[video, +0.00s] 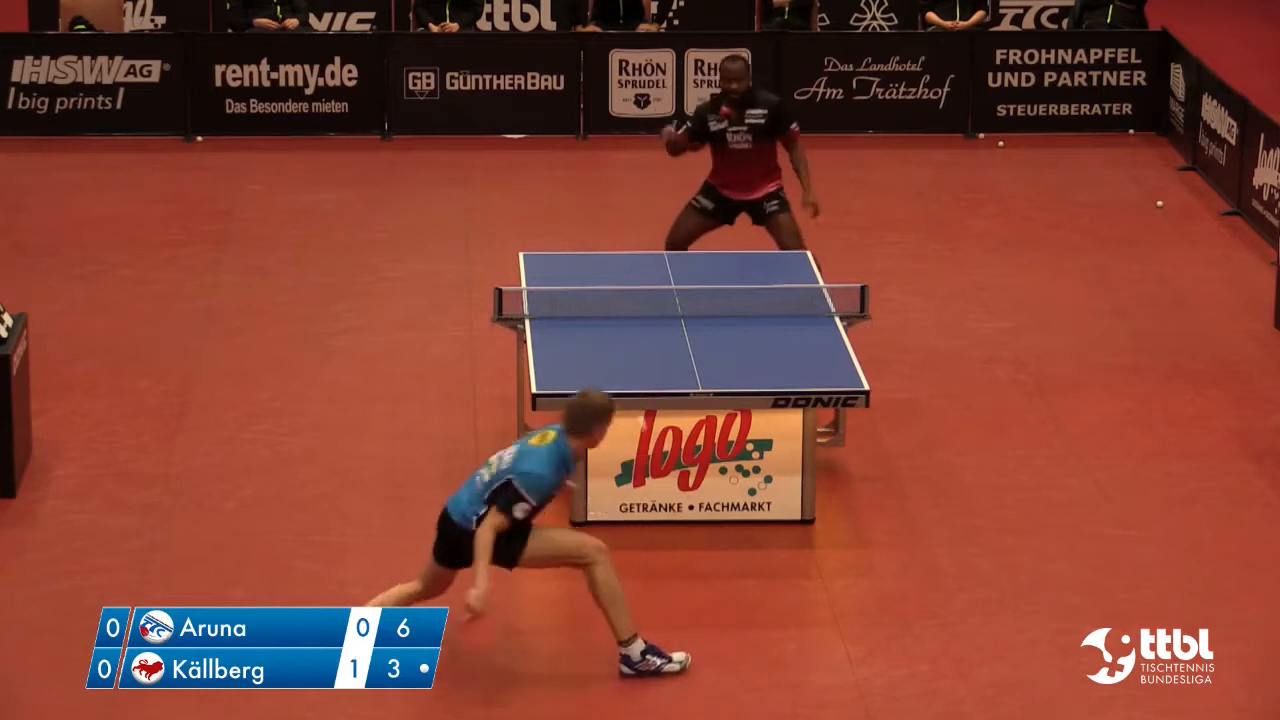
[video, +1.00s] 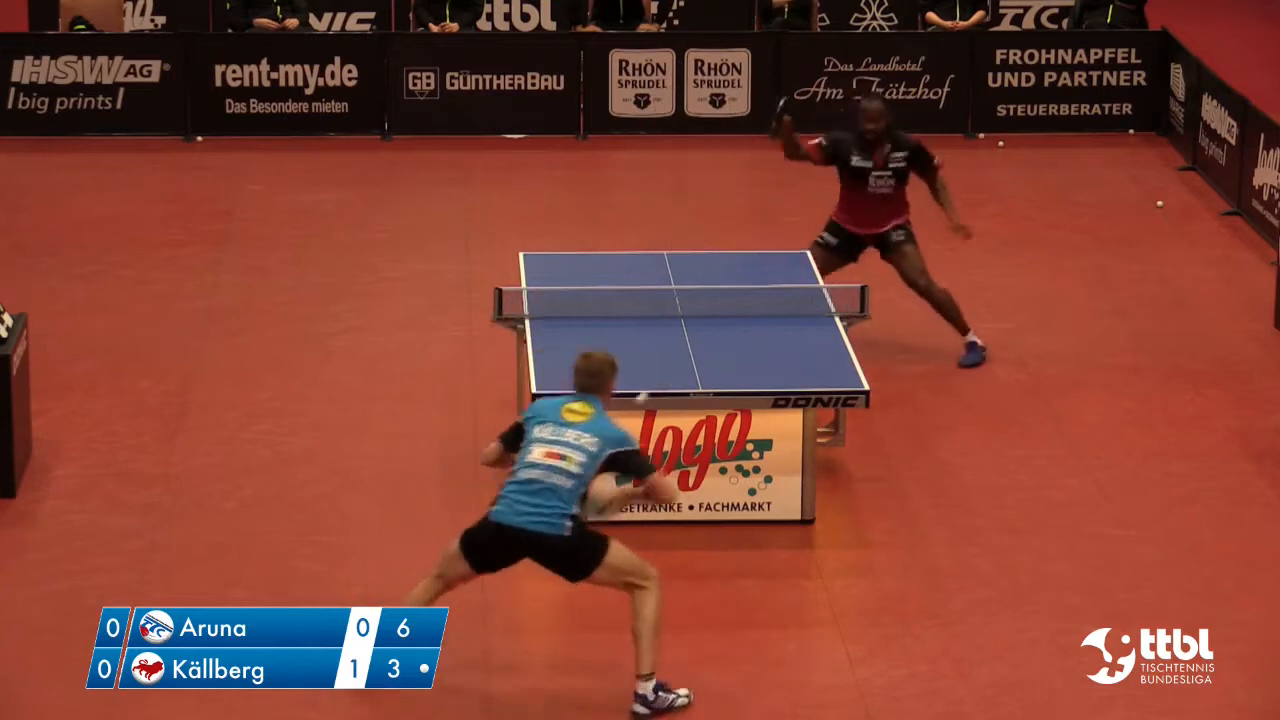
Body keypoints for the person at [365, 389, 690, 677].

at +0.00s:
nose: (607, 432)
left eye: (606, 424)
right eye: (607, 426)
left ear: (573, 416)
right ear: (595, 431)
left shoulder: (554, 435)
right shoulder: (541, 472)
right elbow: (487, 527)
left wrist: (561, 481)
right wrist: (481, 587)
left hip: (455, 518)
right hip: (484, 536)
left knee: (424, 587)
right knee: (592, 551)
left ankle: (354, 623)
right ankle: (634, 651)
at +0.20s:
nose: (549, 382)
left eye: (549, 375)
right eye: (548, 376)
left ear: (508, 370)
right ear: (536, 379)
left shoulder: (469, 399)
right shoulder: (542, 418)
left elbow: (439, 440)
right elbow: (602, 408)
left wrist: (482, 426)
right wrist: (594, 354)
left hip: (437, 532)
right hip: (489, 538)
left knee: (405, 568)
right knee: (596, 551)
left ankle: (344, 626)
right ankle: (637, 649)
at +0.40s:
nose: (516, 322)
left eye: (513, 315)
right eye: (514, 316)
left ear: (472, 319)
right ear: (507, 321)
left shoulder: (442, 358)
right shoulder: (524, 359)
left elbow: (404, 425)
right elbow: (581, 364)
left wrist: (425, 399)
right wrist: (564, 312)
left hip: (437, 485)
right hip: (491, 489)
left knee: (383, 534)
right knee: (577, 543)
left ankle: (343, 624)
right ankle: (612, 647)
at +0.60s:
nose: (510, 343)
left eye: (509, 337)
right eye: (509, 339)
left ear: (467, 342)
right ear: (504, 344)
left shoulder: (437, 383)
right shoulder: (519, 392)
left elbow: (402, 446)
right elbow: (576, 433)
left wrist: (425, 429)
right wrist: (577, 390)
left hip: (436, 505)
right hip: (492, 509)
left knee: (383, 551)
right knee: (565, 562)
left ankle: (346, 637)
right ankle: (585, 665)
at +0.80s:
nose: (551, 365)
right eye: (551, 360)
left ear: (513, 359)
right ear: (549, 364)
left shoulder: (480, 391)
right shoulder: (556, 410)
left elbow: (441, 450)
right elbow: (604, 471)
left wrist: (473, 452)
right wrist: (578, 470)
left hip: (464, 510)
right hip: (516, 515)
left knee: (411, 551)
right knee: (595, 583)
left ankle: (376, 637)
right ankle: (641, 679)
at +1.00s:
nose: (613, 386)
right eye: (614, 381)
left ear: (575, 382)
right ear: (611, 388)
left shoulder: (540, 409)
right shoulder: (612, 435)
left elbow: (491, 457)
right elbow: (665, 492)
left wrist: (517, 455)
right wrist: (622, 493)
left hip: (502, 525)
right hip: (557, 533)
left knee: (438, 579)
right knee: (645, 580)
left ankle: (378, 649)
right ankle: (648, 690)